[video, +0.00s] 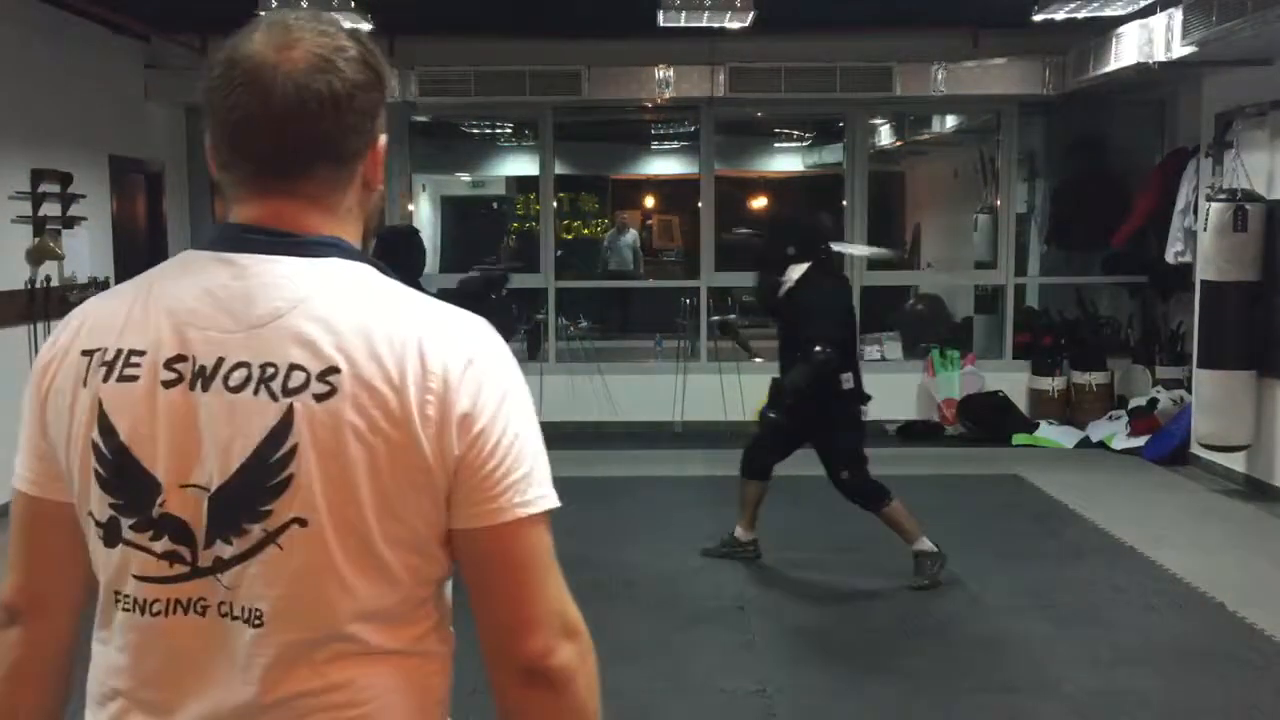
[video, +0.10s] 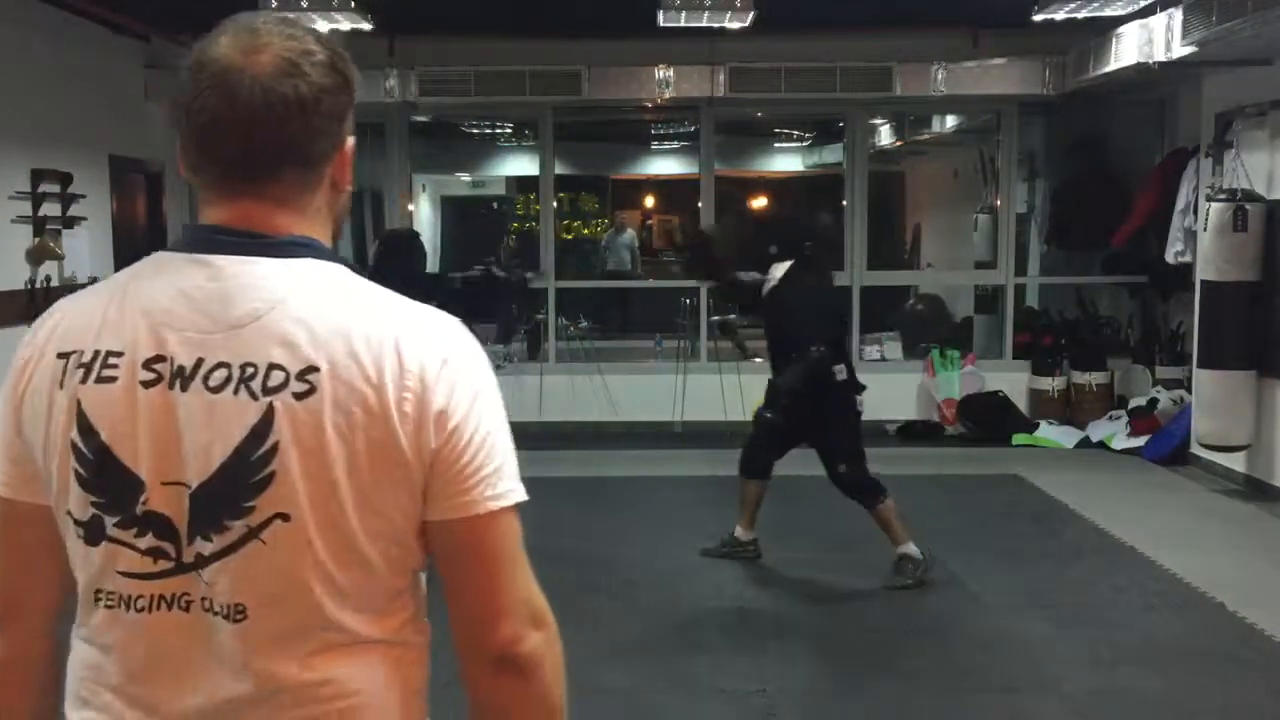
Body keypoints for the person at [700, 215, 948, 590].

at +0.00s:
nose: (769, 259)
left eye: (774, 251)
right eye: (770, 252)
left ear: (791, 250)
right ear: (811, 250)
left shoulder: (823, 287)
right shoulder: (797, 285)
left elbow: (826, 352)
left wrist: (785, 394)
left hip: (831, 402)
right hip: (801, 399)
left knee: (853, 481)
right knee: (756, 458)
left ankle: (926, 550)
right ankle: (743, 536)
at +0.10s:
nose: (760, 256)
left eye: (765, 250)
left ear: (778, 251)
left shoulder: (807, 285)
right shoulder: (776, 284)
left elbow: (822, 350)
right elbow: (739, 290)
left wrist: (786, 387)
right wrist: (712, 266)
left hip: (829, 395)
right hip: (790, 394)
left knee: (851, 475)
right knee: (755, 458)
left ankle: (909, 553)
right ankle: (743, 536)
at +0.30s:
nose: (749, 250)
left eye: (755, 244)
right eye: (748, 244)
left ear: (770, 246)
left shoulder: (805, 279)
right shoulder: (743, 283)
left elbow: (831, 335)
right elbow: (701, 308)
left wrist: (807, 384)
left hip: (828, 389)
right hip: (788, 390)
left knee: (840, 466)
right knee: (753, 455)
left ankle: (898, 544)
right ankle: (744, 536)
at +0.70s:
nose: (777, 268)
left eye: (782, 260)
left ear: (792, 253)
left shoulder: (819, 283)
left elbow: (802, 341)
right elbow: (805, 339)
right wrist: (764, 343)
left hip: (826, 397)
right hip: (806, 395)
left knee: (830, 484)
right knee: (770, 460)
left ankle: (892, 554)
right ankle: (746, 537)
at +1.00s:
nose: (829, 239)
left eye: (835, 230)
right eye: (828, 229)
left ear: (852, 230)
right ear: (878, 229)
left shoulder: (868, 274)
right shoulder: (894, 269)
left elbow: (846, 326)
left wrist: (806, 315)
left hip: (873, 389)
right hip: (892, 385)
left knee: (865, 472)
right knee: (838, 457)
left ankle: (895, 556)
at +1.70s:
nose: (964, 230)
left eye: (967, 224)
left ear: (974, 225)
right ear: (1016, 222)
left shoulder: (965, 272)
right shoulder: (1044, 269)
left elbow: (951, 340)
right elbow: (1064, 331)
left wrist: (946, 390)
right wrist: (1045, 367)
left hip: (980, 387)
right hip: (1035, 388)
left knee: (959, 463)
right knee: (1037, 472)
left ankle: (953, 542)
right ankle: (1043, 563)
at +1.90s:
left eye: (997, 224)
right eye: (1030, 223)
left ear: (992, 226)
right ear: (1034, 226)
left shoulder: (978, 273)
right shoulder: (1060, 272)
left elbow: (955, 339)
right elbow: (1088, 332)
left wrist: (952, 391)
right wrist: (1069, 369)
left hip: (1001, 386)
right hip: (1051, 385)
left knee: (1003, 462)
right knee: (1045, 469)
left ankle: (1013, 531)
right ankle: (1040, 559)